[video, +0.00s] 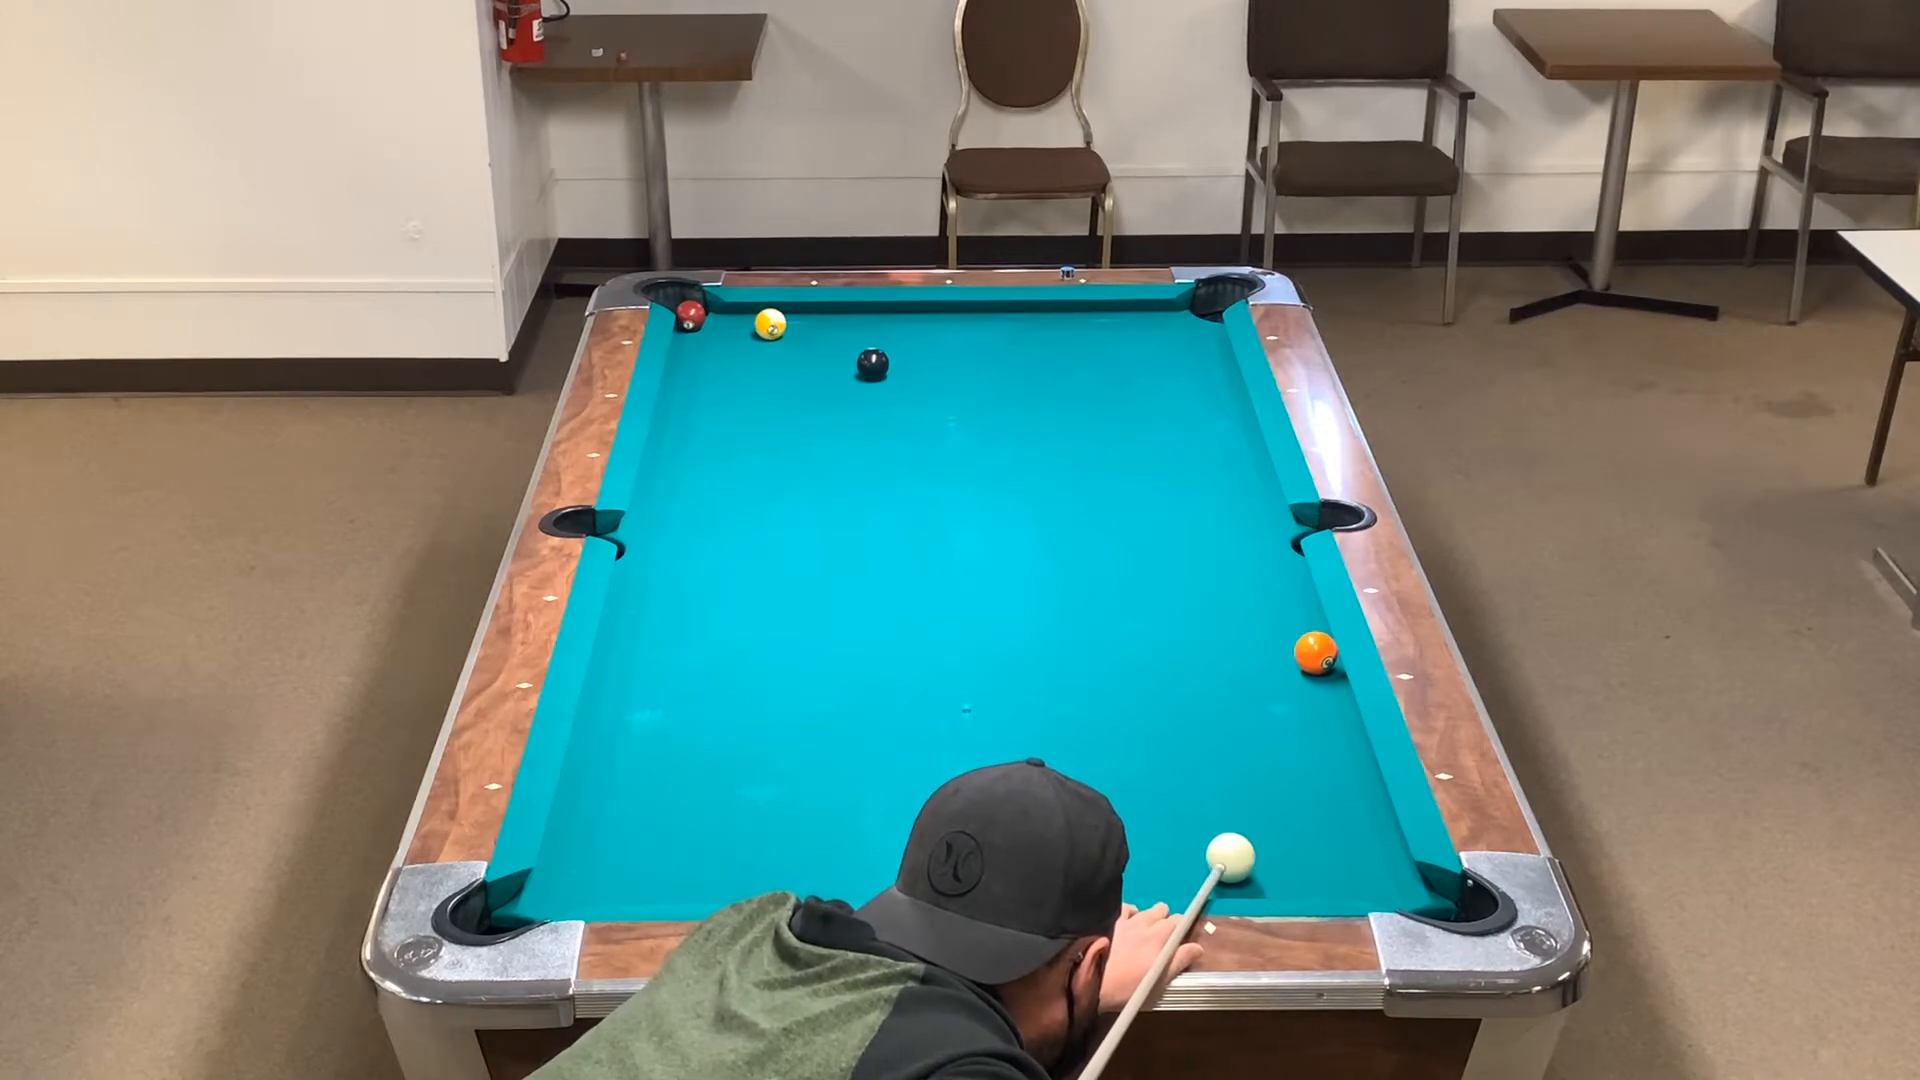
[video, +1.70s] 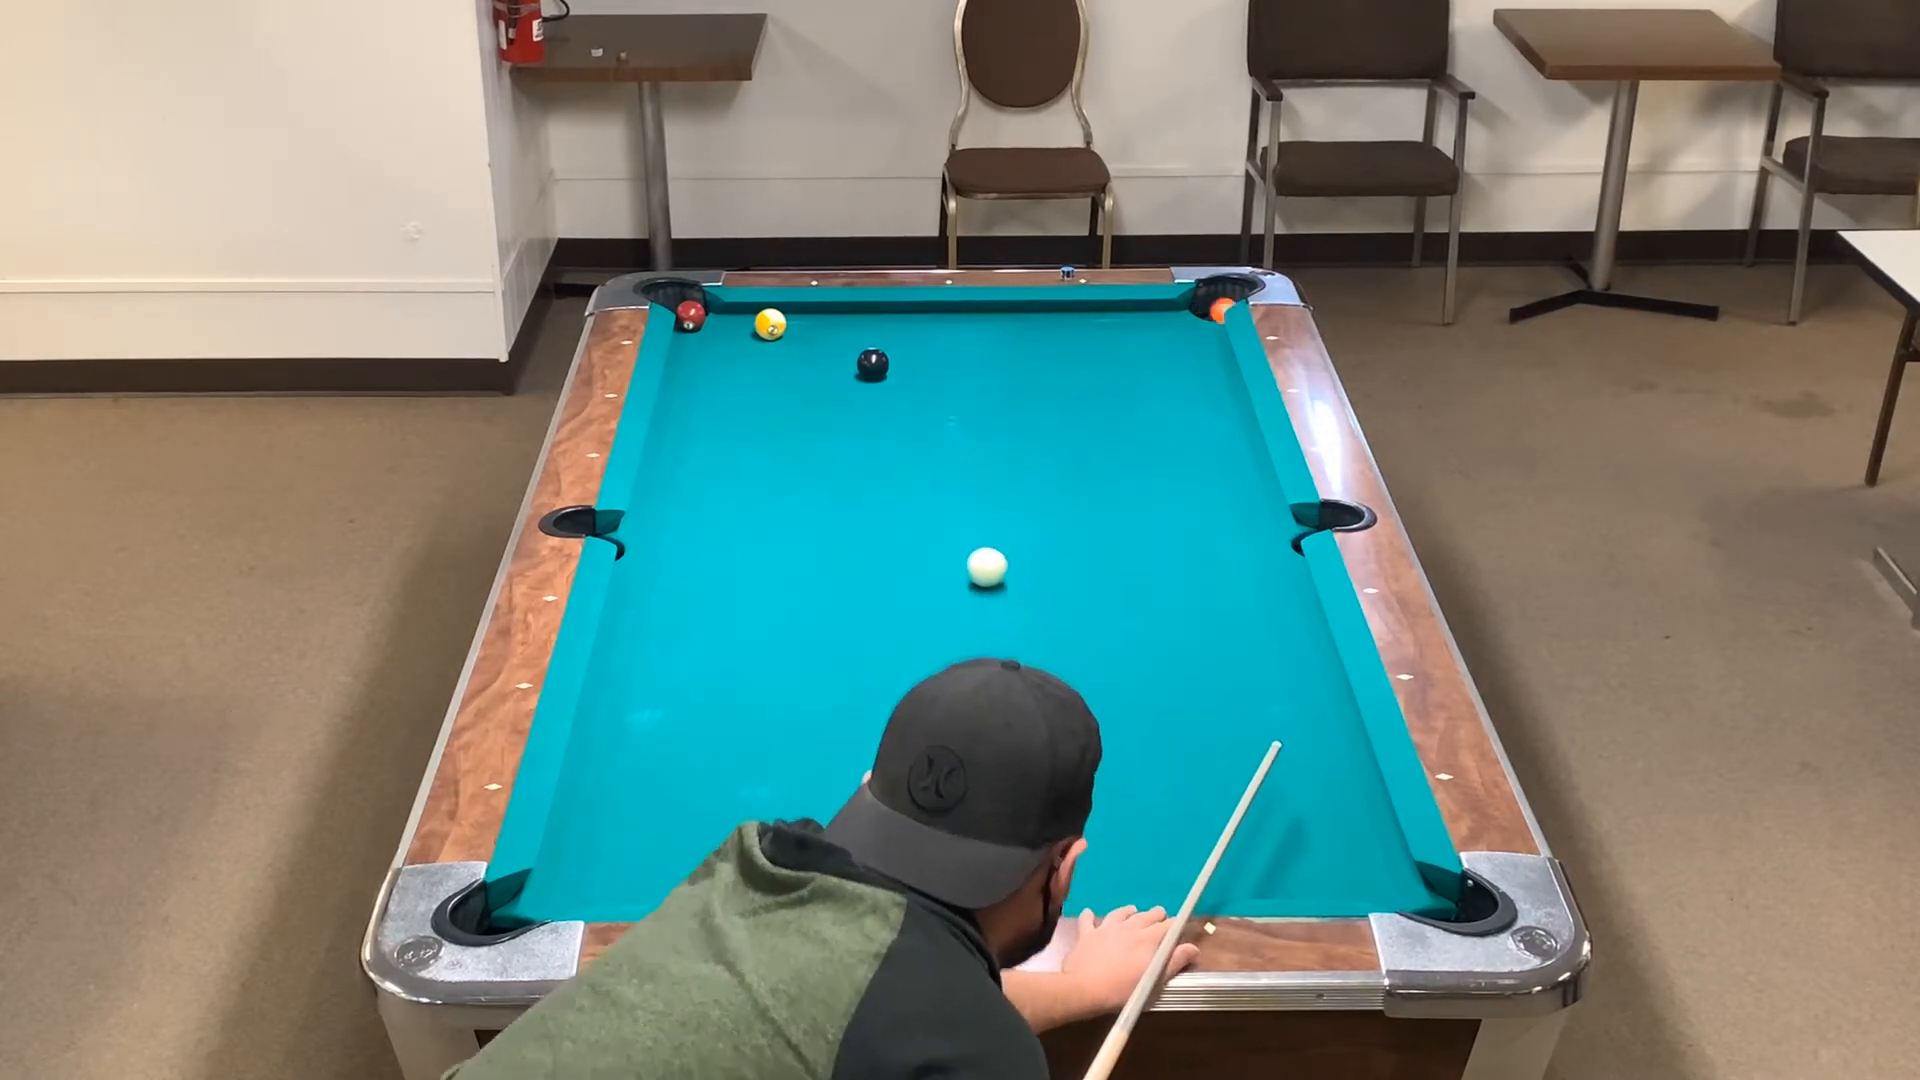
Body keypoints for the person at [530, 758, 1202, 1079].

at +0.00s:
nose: (1109, 951)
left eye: (1106, 938)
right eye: (1108, 941)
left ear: (910, 878)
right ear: (1083, 967)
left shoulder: (751, 922)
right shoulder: (970, 1062)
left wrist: (1074, 1003)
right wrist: (1110, 1017)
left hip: (566, 1065)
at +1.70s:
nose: (1068, 874)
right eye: (1069, 853)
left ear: (878, 786)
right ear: (1055, 867)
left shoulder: (754, 857)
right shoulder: (966, 1031)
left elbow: (859, 1004)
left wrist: (1059, 985)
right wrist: (1074, 988)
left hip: (510, 1052)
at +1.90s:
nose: (1056, 751)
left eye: (1053, 729)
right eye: (1057, 733)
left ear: (854, 688)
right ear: (1040, 759)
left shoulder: (750, 793)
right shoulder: (967, 971)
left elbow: (821, 947)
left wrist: (1057, 972)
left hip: (465, 1044)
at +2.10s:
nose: (1019, 613)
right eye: (1023, 592)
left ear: (806, 578)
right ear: (1003, 620)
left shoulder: (709, 709)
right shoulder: (942, 862)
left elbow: (800, 892)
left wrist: (1040, 955)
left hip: (430, 1048)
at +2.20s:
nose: (991, 552)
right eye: (991, 531)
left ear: (779, 519)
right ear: (974, 557)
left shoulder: (675, 670)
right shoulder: (926, 807)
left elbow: (773, 886)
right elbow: (885, 1068)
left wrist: (1026, 954)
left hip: (417, 1053)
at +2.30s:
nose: (962, 483)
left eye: (953, 458)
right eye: (959, 463)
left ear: (752, 461)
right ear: (942, 491)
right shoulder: (900, 755)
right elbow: (870, 1061)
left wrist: (1016, 952)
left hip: (425, 1047)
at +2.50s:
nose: (900, 388)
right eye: (896, 373)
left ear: (677, 387)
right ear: (884, 403)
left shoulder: (566, 579)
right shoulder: (869, 696)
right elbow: (885, 1056)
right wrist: (978, 1055)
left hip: (457, 1050)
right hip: (704, 1064)